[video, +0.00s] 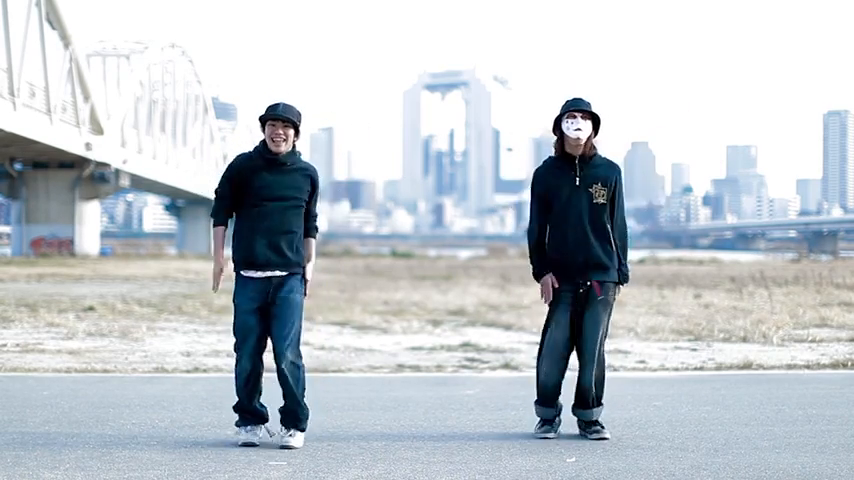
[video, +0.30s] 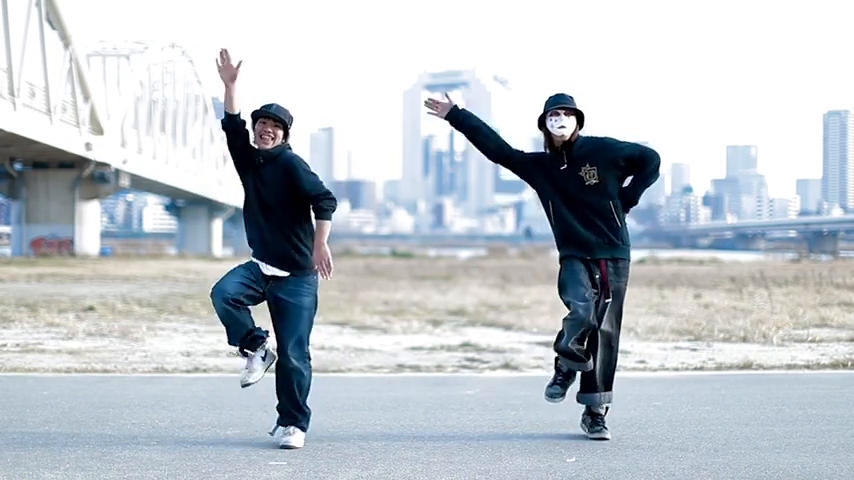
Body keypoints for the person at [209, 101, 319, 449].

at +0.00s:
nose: (278, 132)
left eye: (285, 127)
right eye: (273, 126)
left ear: (296, 133)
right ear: (264, 129)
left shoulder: (307, 174)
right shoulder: (242, 166)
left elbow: (310, 224)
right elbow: (220, 211)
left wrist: (309, 264)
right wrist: (218, 257)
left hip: (290, 277)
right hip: (249, 276)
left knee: (287, 353)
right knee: (247, 354)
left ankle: (294, 425)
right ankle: (250, 422)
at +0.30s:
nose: (266, 130)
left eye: (274, 127)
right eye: (261, 124)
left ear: (284, 134)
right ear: (253, 129)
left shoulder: (291, 165)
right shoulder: (248, 161)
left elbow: (326, 200)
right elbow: (233, 128)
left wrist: (321, 243)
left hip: (296, 276)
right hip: (260, 267)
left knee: (292, 353)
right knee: (223, 294)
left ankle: (293, 424)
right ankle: (256, 346)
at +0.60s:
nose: (276, 141)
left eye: (282, 138)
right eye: (270, 136)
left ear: (292, 146)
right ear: (260, 143)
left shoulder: (309, 181)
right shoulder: (242, 183)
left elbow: (339, 211)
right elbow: (195, 186)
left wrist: (327, 253)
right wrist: (153, 190)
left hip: (296, 287)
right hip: (255, 289)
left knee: (302, 341)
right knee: (251, 362)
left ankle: (307, 406)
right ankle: (265, 422)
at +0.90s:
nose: (293, 128)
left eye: (300, 124)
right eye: (287, 122)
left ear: (308, 131)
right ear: (275, 127)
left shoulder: (311, 171)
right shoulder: (261, 151)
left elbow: (330, 209)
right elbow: (256, 113)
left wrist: (318, 234)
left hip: (293, 264)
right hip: (252, 263)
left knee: (302, 335)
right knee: (256, 342)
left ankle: (310, 401)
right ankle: (257, 418)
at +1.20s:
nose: (288, 129)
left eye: (296, 126)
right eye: (283, 124)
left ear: (305, 133)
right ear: (273, 129)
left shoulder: (317, 169)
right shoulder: (263, 155)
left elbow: (353, 204)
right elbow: (241, 114)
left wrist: (334, 239)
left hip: (307, 271)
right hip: (270, 263)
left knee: (309, 349)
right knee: (245, 291)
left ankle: (306, 423)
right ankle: (264, 351)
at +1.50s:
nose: (290, 138)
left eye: (297, 133)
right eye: (285, 132)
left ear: (308, 139)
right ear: (277, 134)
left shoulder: (326, 174)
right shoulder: (260, 175)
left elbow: (350, 212)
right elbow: (251, 222)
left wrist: (333, 247)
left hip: (313, 279)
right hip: (272, 279)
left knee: (313, 353)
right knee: (271, 356)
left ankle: (308, 424)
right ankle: (274, 422)